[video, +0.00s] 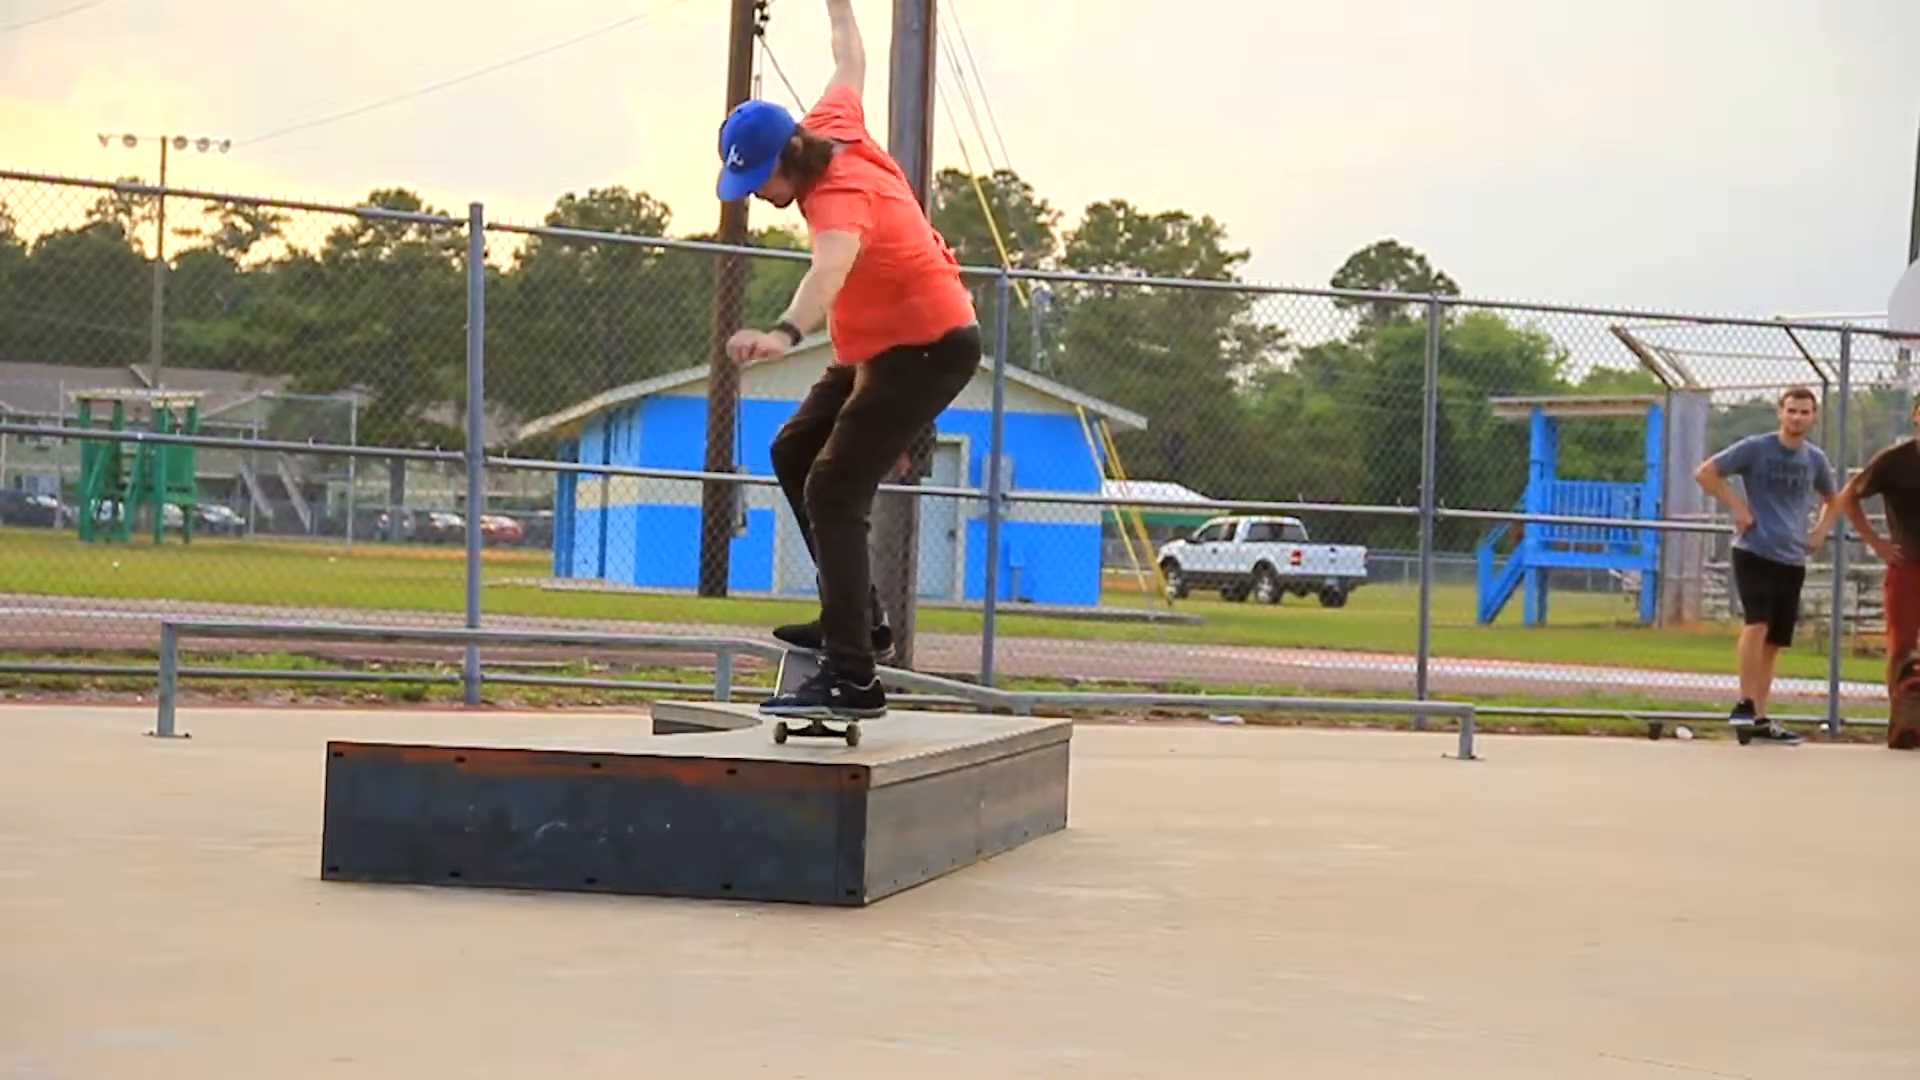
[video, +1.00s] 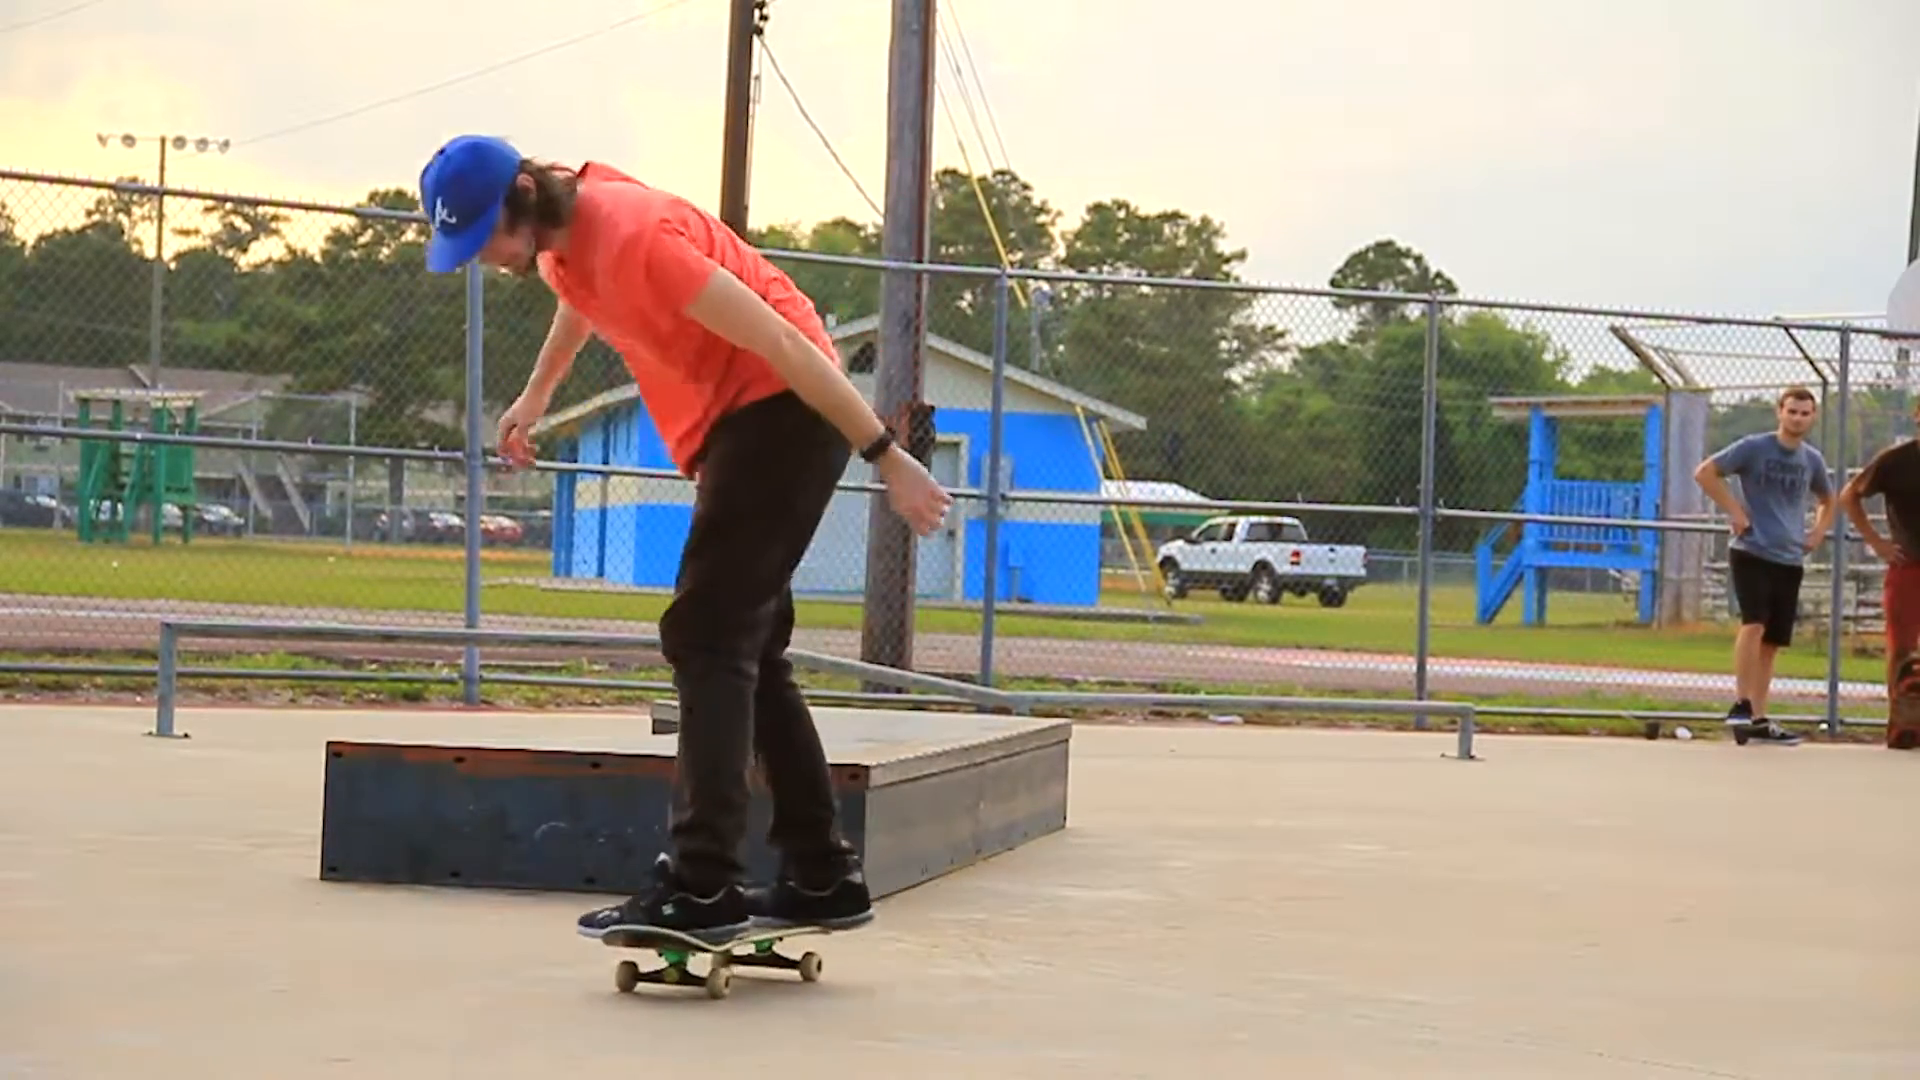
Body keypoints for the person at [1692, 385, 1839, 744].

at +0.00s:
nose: (1798, 417)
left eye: (1805, 412)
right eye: (1793, 411)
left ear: (1813, 417)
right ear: (1780, 413)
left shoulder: (1816, 458)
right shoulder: (1757, 447)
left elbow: (1833, 499)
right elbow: (1706, 473)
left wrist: (1820, 531)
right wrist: (1738, 507)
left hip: (1792, 557)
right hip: (1754, 550)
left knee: (1774, 641)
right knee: (1758, 622)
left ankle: (1759, 715)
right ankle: (1745, 704)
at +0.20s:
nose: (1799, 417)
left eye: (1805, 412)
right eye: (1792, 411)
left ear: (1813, 417)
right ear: (1780, 413)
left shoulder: (1815, 459)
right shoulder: (1757, 447)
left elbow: (1832, 499)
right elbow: (1706, 473)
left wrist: (1819, 532)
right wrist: (1738, 510)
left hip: (1791, 557)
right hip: (1754, 550)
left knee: (1774, 641)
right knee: (1757, 623)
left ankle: (1759, 715)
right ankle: (1745, 705)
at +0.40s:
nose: (1798, 417)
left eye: (1805, 412)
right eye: (1792, 410)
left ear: (1813, 417)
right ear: (1780, 413)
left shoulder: (1814, 459)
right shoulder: (1756, 447)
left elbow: (1831, 500)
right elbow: (1706, 473)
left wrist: (1818, 532)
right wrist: (1738, 511)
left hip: (1791, 557)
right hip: (1754, 550)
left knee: (1773, 640)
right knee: (1756, 624)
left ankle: (1759, 716)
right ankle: (1743, 705)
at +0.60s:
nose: (1799, 417)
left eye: (1805, 412)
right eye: (1793, 410)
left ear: (1813, 418)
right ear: (1780, 413)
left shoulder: (1814, 459)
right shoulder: (1756, 447)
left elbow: (1829, 500)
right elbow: (1706, 473)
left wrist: (1818, 533)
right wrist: (1737, 512)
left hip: (1790, 557)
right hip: (1753, 550)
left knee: (1773, 641)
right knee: (1756, 624)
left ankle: (1759, 717)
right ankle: (1743, 705)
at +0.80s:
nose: (1799, 418)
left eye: (1806, 413)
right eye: (1793, 411)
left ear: (1813, 418)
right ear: (1780, 413)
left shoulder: (1813, 459)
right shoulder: (1756, 447)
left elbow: (1829, 500)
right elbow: (1706, 473)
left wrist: (1817, 533)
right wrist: (1736, 512)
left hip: (1790, 557)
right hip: (1752, 549)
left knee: (1772, 641)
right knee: (1755, 624)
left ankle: (1759, 717)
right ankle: (1743, 704)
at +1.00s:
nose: (1799, 418)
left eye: (1806, 413)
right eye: (1793, 411)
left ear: (1813, 419)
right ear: (1780, 413)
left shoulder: (1813, 459)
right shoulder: (1755, 447)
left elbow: (1828, 500)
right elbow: (1705, 473)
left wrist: (1817, 534)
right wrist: (1736, 512)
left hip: (1789, 557)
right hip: (1752, 550)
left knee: (1771, 641)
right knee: (1754, 624)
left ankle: (1759, 717)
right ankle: (1743, 704)